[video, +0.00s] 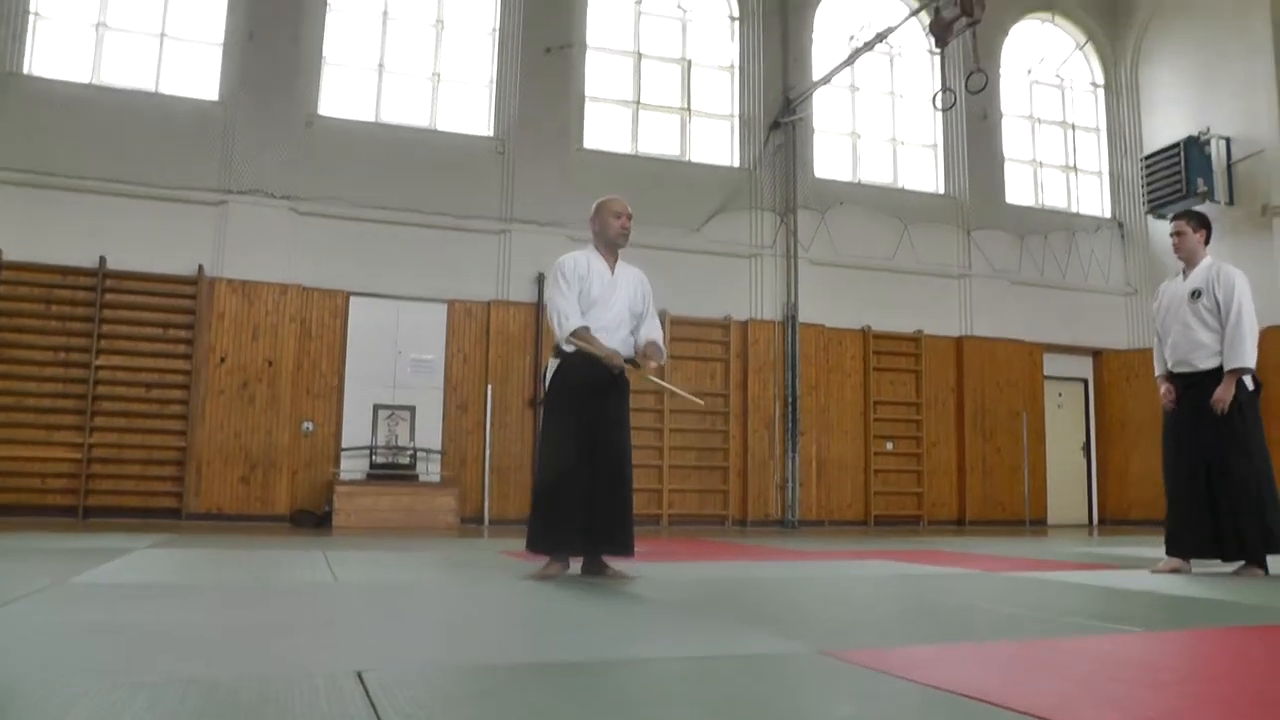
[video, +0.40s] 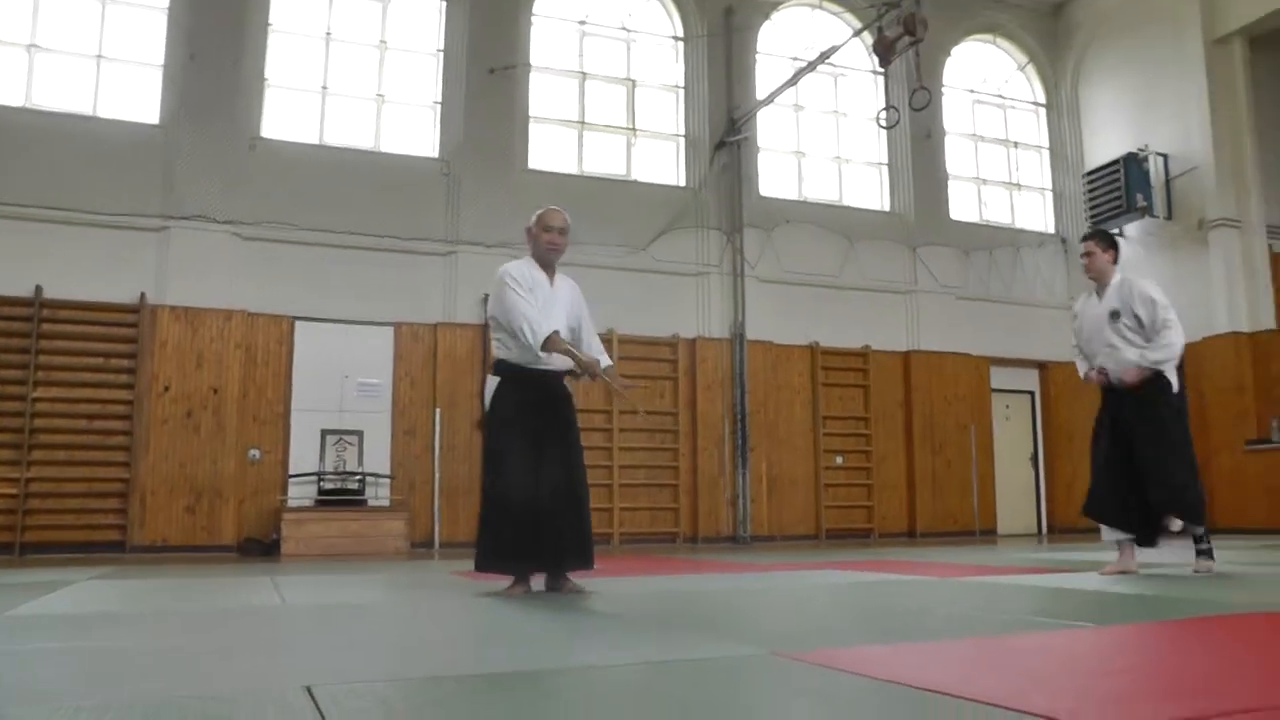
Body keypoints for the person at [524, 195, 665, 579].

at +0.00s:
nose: (627, 224)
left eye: (629, 219)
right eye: (618, 216)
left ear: (629, 228)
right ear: (595, 222)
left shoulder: (637, 278)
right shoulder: (570, 264)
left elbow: (649, 326)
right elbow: (565, 322)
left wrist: (651, 351)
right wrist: (601, 350)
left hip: (613, 375)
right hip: (574, 372)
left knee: (607, 464)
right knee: (563, 462)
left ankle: (595, 558)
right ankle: (559, 556)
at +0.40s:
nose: (555, 238)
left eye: (562, 232)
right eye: (547, 230)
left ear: (569, 240)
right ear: (530, 235)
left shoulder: (570, 289)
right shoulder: (511, 275)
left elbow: (589, 339)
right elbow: (529, 327)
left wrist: (608, 372)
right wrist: (573, 354)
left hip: (555, 390)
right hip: (516, 390)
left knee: (561, 480)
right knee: (516, 480)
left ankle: (557, 575)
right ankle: (521, 577)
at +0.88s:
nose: (518, 264)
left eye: (527, 257)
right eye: (512, 255)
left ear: (540, 261)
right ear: (500, 256)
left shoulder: (555, 304)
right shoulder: (475, 290)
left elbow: (591, 338)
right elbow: (469, 320)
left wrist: (614, 362)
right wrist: (501, 336)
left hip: (540, 410)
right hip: (493, 410)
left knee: (556, 492)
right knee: (498, 498)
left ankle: (568, 574)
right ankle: (511, 590)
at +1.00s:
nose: (502, 262)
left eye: (510, 255)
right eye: (496, 254)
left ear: (525, 257)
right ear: (486, 254)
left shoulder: (541, 299)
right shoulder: (466, 289)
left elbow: (579, 353)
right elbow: (431, 309)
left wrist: (553, 357)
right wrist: (438, 319)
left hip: (525, 405)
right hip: (481, 405)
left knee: (529, 490)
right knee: (480, 494)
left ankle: (554, 571)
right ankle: (503, 589)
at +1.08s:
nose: (489, 259)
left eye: (498, 252)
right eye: (483, 251)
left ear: (515, 254)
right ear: (475, 253)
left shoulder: (529, 294)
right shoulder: (462, 289)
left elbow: (534, 344)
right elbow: (418, 299)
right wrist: (389, 299)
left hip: (515, 402)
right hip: (477, 403)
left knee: (515, 483)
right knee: (473, 490)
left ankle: (535, 564)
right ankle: (498, 582)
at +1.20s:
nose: (466, 255)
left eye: (474, 247)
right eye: (460, 248)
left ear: (495, 248)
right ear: (455, 249)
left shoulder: (505, 289)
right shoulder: (458, 283)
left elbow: (465, 326)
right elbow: (408, 288)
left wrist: (415, 325)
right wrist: (354, 280)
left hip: (498, 400)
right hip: (468, 399)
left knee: (467, 489)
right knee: (461, 489)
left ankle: (453, 582)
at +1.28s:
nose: (450, 247)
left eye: (458, 239)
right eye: (445, 240)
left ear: (481, 239)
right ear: (441, 242)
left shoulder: (487, 282)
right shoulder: (454, 275)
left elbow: (433, 313)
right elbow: (407, 278)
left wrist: (368, 314)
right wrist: (356, 266)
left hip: (486, 394)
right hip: (465, 392)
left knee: (454, 486)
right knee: (465, 487)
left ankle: (439, 585)